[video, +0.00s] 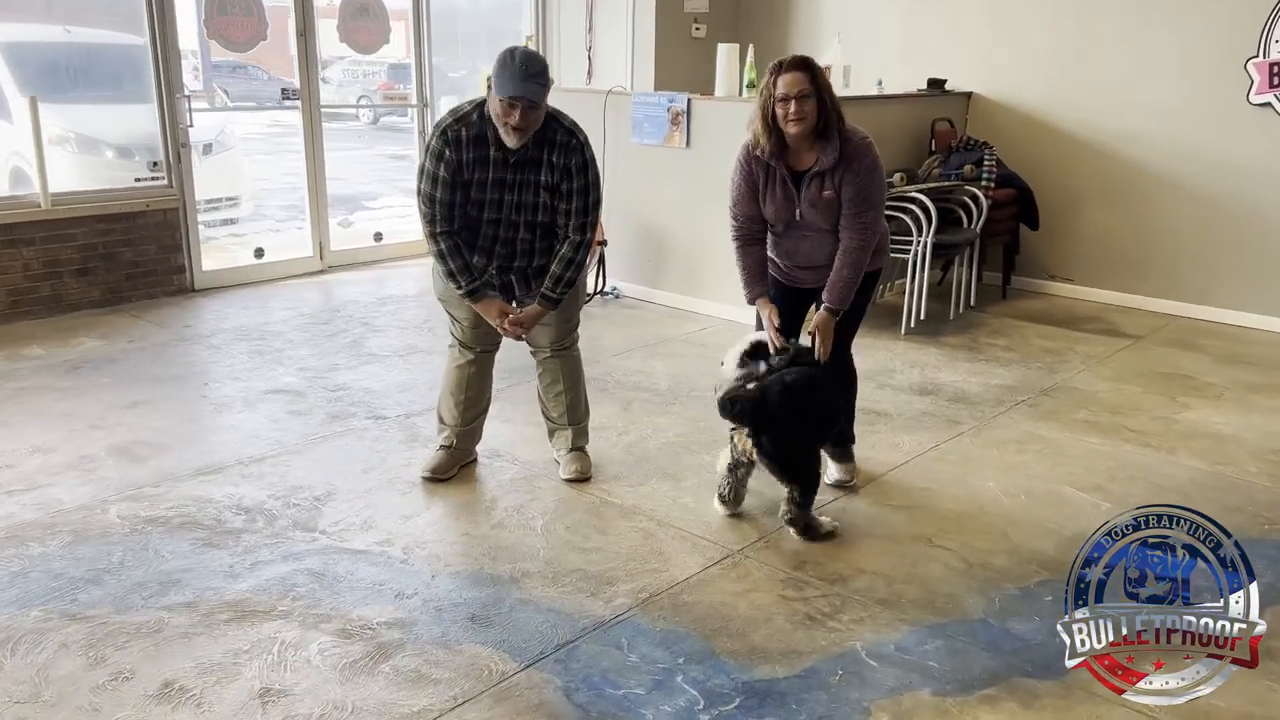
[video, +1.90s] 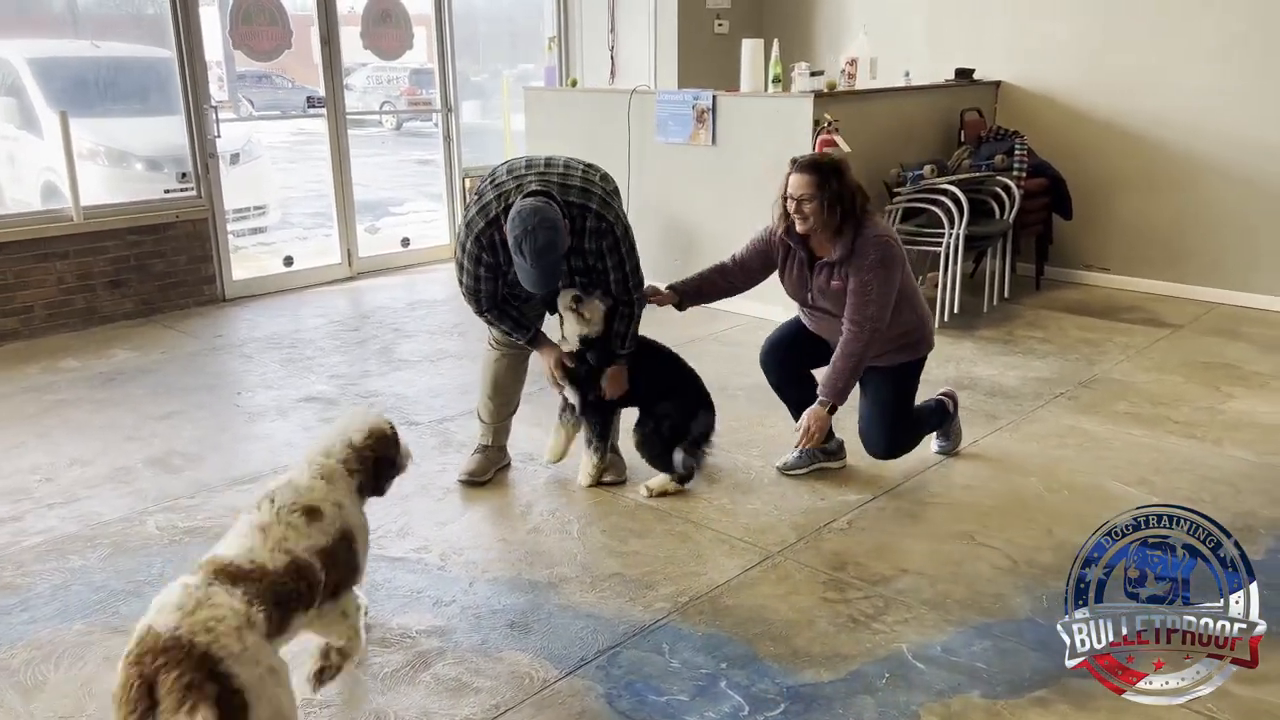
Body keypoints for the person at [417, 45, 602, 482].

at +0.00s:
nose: (518, 116)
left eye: (531, 106)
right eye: (509, 103)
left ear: (547, 99)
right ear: (490, 92)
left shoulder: (569, 143)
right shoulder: (452, 136)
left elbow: (579, 235)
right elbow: (438, 227)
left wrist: (544, 303)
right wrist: (480, 297)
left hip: (546, 268)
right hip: (473, 267)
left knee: (556, 351)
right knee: (467, 351)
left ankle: (571, 446)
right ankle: (456, 444)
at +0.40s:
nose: (564, 142)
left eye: (572, 135)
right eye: (557, 133)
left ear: (586, 109)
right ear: (532, 107)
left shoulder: (596, 131)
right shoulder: (479, 125)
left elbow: (615, 207)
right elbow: (461, 217)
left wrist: (583, 271)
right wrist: (501, 289)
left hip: (562, 262)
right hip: (488, 260)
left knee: (573, 348)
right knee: (484, 349)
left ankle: (586, 440)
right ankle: (473, 440)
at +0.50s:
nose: (573, 150)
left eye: (582, 144)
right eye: (566, 141)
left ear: (597, 117)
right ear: (543, 115)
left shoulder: (606, 135)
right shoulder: (488, 131)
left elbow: (627, 199)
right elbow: (468, 223)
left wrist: (613, 259)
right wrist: (503, 296)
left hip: (568, 258)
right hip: (496, 256)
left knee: (579, 345)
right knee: (490, 349)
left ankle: (592, 440)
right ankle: (478, 439)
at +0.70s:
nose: (591, 182)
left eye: (600, 176)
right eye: (584, 174)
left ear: (618, 147)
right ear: (563, 148)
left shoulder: (628, 154)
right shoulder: (511, 152)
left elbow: (651, 213)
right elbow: (491, 245)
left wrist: (672, 281)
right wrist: (522, 320)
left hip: (582, 256)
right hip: (511, 253)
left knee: (592, 345)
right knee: (502, 345)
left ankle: (605, 440)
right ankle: (492, 440)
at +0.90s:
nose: (602, 229)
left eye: (611, 226)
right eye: (592, 219)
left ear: (629, 185)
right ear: (572, 188)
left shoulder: (643, 173)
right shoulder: (529, 192)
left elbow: (658, 227)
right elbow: (523, 282)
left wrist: (660, 294)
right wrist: (575, 339)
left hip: (596, 240)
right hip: (516, 242)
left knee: (604, 334)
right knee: (519, 334)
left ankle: (615, 438)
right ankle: (503, 440)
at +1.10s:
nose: (590, 259)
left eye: (601, 253)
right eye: (580, 246)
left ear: (619, 209)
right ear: (562, 212)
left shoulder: (641, 196)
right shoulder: (524, 209)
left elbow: (658, 269)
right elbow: (514, 291)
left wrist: (645, 338)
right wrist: (568, 338)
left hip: (605, 252)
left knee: (607, 339)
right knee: (521, 338)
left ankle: (615, 440)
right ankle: (506, 445)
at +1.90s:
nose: (548, 286)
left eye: (554, 273)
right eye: (534, 279)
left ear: (566, 230)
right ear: (506, 234)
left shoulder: (600, 213)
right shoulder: (480, 225)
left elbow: (628, 290)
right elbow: (484, 301)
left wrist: (619, 361)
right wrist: (542, 346)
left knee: (600, 338)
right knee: (505, 340)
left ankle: (604, 448)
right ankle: (491, 447)